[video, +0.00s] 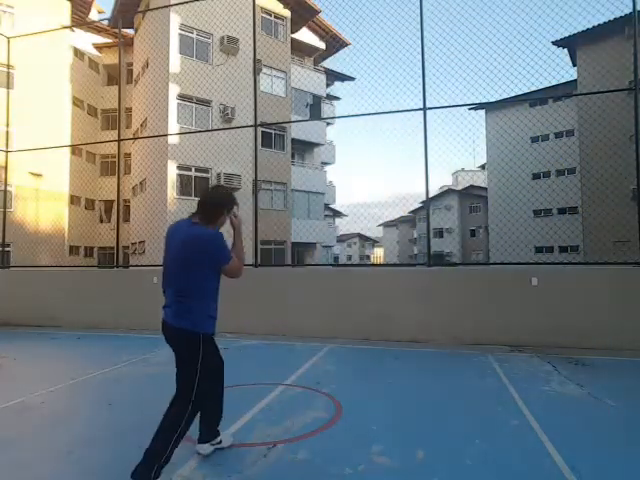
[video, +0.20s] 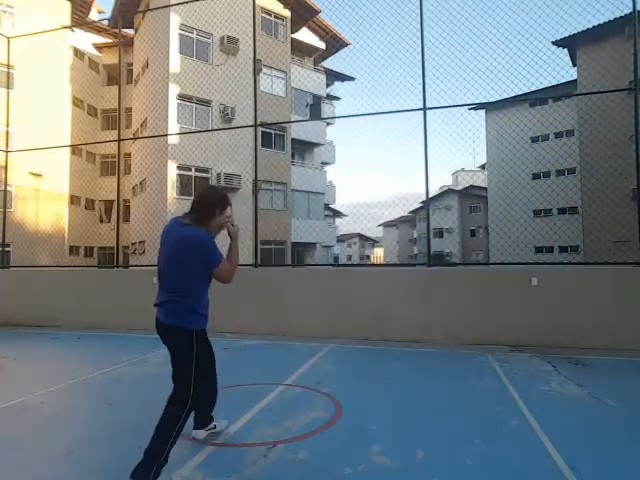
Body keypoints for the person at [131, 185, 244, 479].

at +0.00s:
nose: (229, 217)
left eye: (230, 212)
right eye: (229, 212)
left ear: (201, 206)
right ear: (221, 212)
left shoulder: (176, 229)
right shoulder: (211, 239)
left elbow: (167, 276)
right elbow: (235, 270)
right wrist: (238, 231)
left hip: (174, 324)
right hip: (195, 330)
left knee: (215, 368)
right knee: (188, 398)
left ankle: (209, 437)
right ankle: (146, 472)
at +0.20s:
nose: (228, 220)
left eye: (229, 214)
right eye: (226, 214)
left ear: (198, 208)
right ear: (212, 213)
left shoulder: (173, 227)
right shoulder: (201, 240)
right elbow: (227, 275)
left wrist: (211, 229)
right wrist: (234, 240)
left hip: (169, 321)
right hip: (186, 327)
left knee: (206, 368)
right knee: (184, 394)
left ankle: (203, 424)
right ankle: (147, 472)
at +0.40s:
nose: (219, 224)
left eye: (221, 219)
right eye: (218, 218)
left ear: (193, 212)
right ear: (208, 216)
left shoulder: (177, 235)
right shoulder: (190, 240)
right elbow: (206, 282)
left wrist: (214, 233)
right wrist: (224, 256)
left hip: (178, 321)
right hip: (188, 325)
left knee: (194, 375)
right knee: (191, 392)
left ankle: (191, 418)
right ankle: (149, 469)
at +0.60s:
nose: (208, 221)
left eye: (207, 217)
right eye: (208, 217)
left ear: (182, 215)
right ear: (204, 217)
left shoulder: (166, 238)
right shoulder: (211, 236)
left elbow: (183, 259)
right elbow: (232, 268)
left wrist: (195, 232)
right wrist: (214, 244)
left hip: (175, 322)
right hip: (204, 322)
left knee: (188, 374)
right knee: (209, 384)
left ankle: (188, 427)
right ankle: (186, 453)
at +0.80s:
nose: (204, 230)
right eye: (202, 228)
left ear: (178, 233)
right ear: (200, 231)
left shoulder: (167, 248)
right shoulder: (211, 239)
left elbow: (164, 286)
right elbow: (231, 246)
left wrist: (184, 296)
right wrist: (210, 241)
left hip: (177, 325)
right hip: (208, 323)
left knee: (186, 367)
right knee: (208, 390)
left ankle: (185, 419)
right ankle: (190, 460)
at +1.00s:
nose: (210, 235)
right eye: (210, 232)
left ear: (186, 232)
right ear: (210, 232)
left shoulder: (171, 248)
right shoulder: (216, 246)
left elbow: (164, 286)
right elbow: (229, 277)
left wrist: (177, 274)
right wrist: (214, 263)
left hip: (176, 323)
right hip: (206, 322)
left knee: (195, 361)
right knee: (204, 382)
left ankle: (190, 415)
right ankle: (188, 451)